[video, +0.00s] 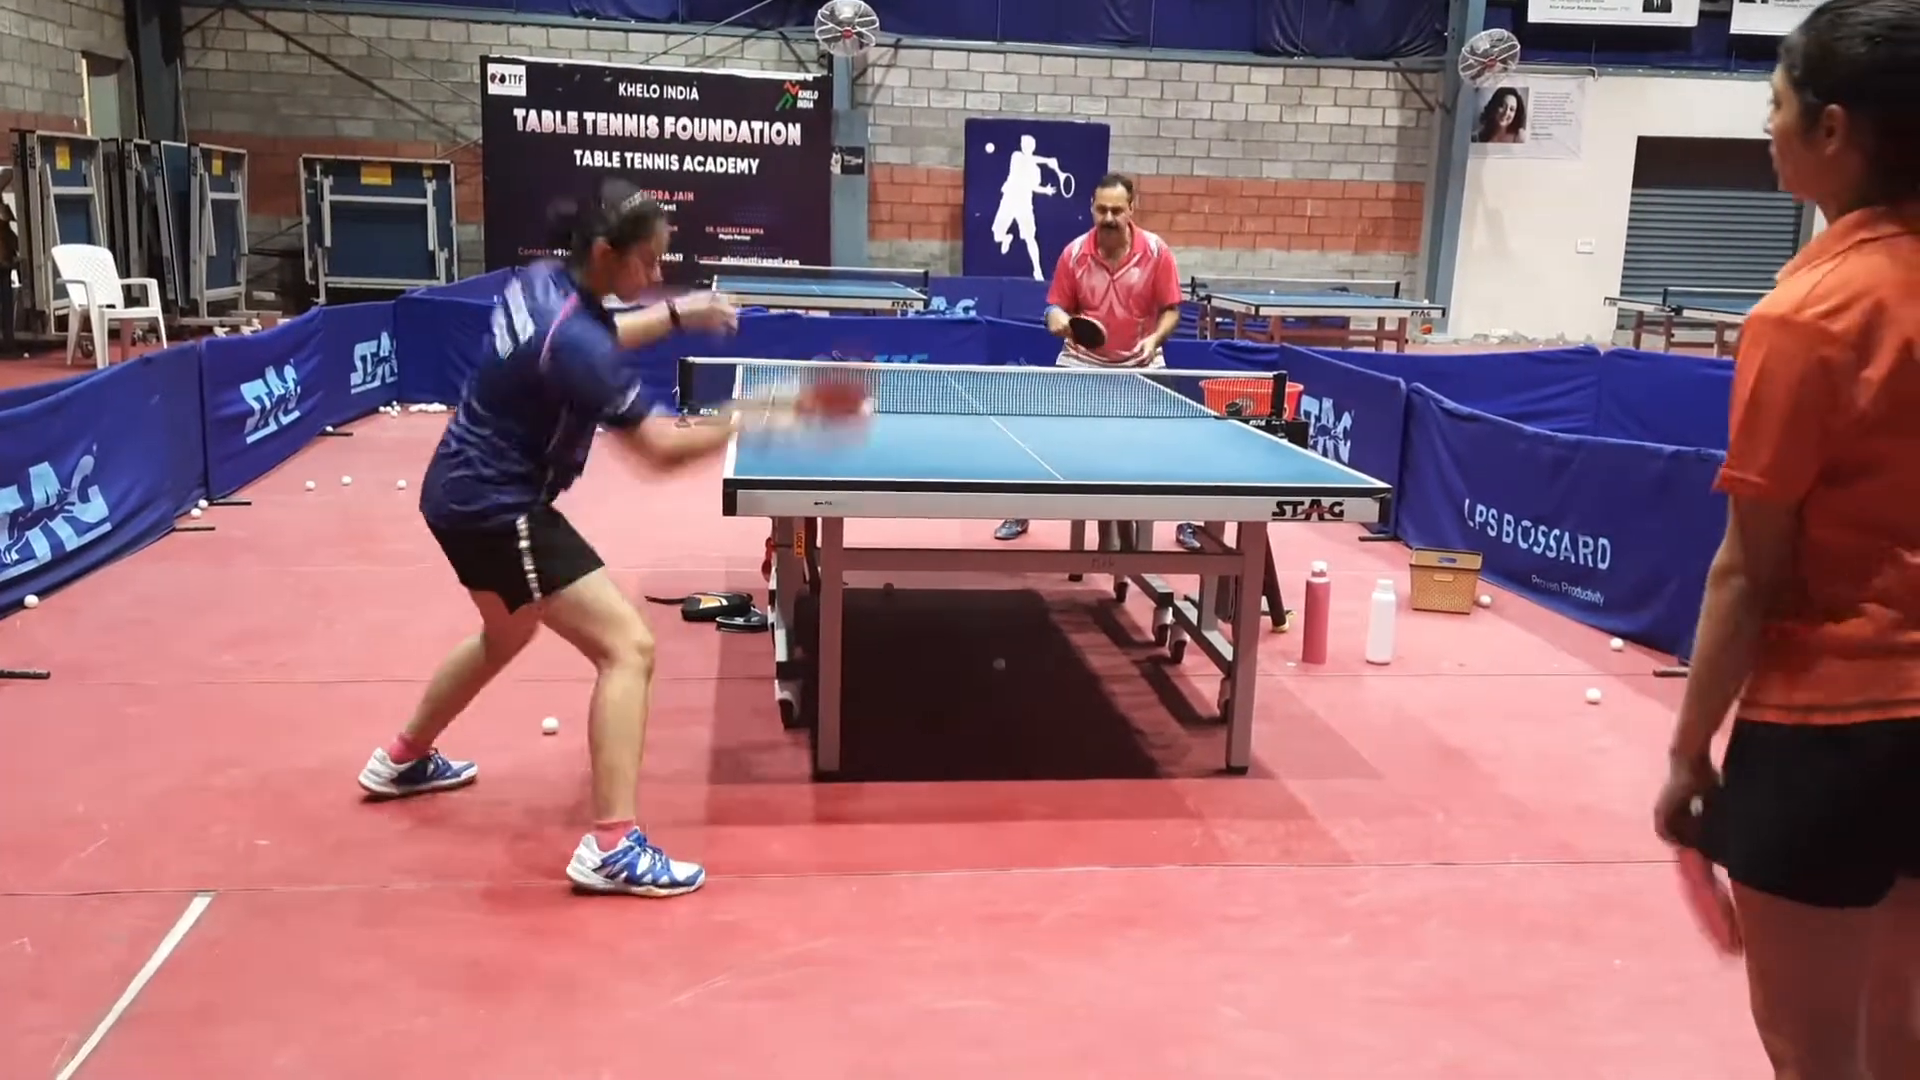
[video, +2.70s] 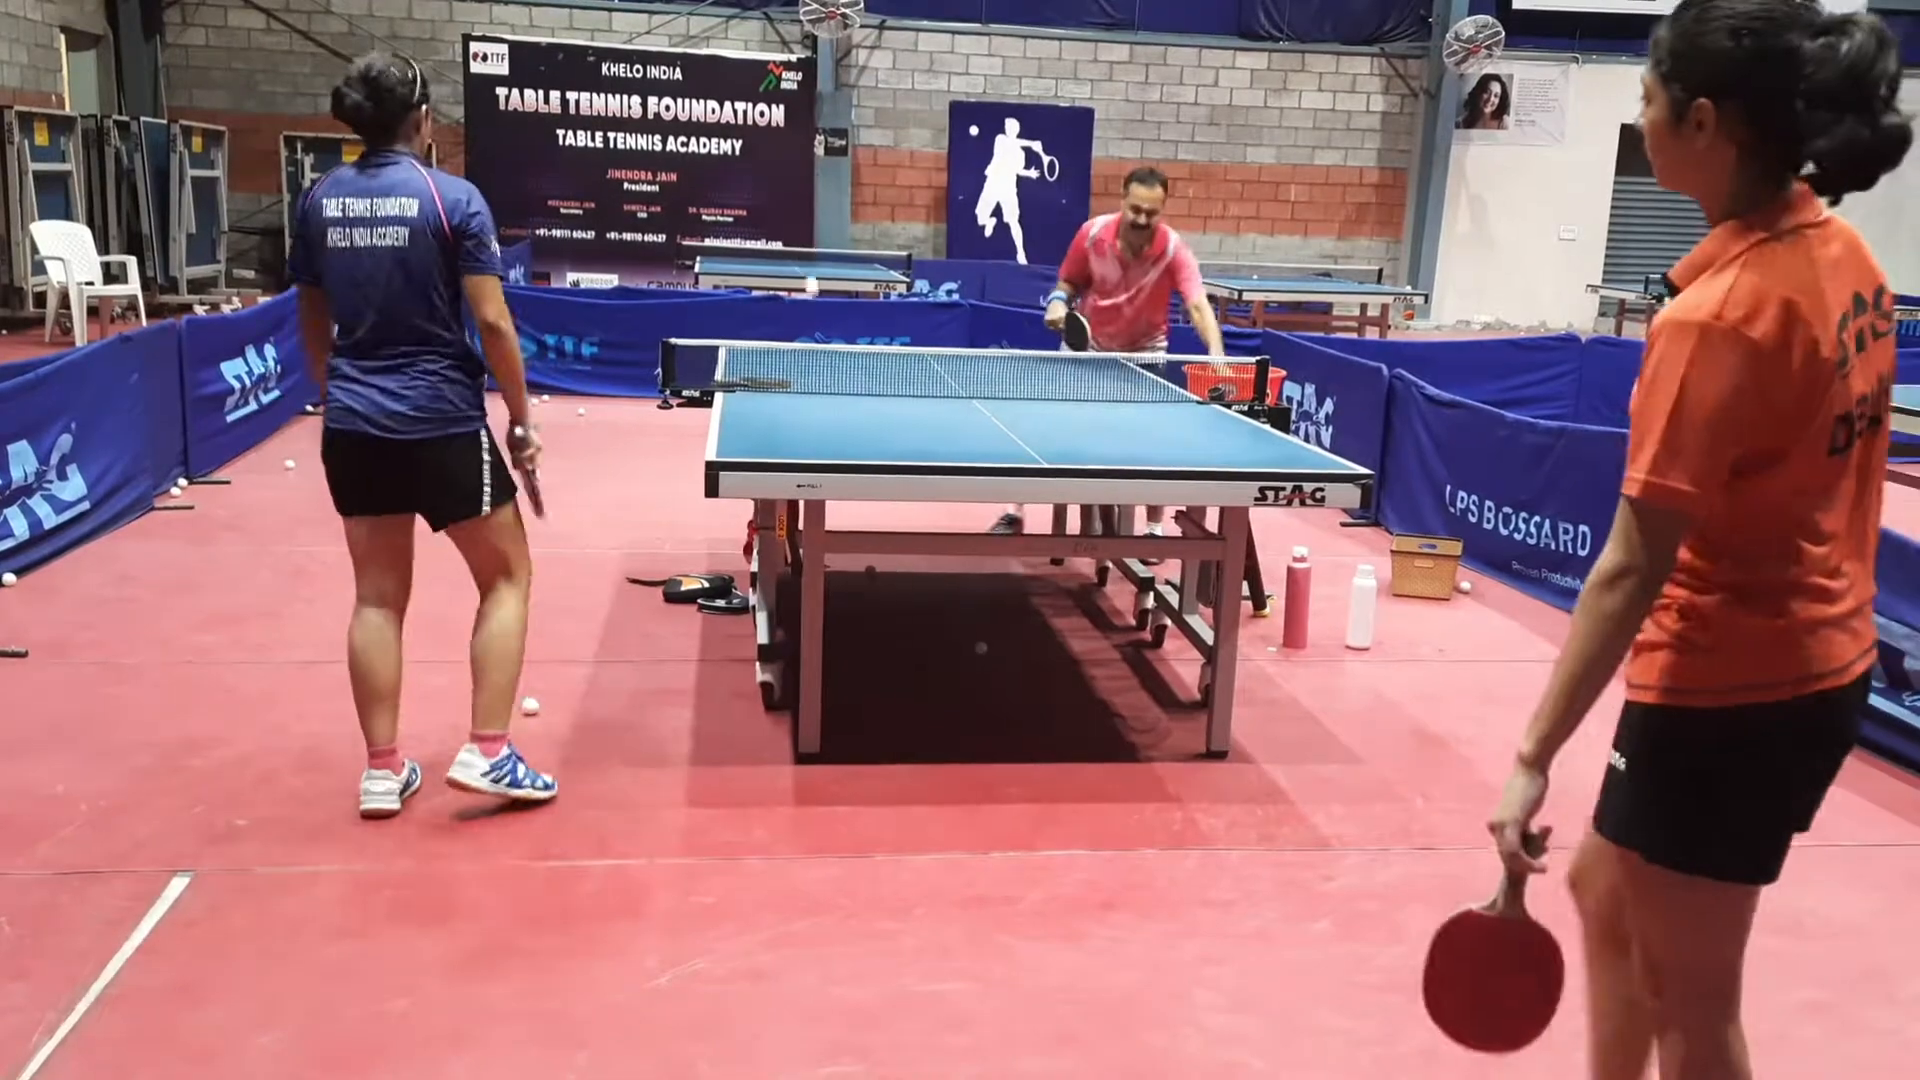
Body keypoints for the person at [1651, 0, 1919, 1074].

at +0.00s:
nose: (1772, 140)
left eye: (1780, 118)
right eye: (1775, 117)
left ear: (1836, 131)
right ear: (1876, 129)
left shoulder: (1811, 314)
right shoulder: (1903, 269)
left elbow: (1752, 570)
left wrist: (1687, 753)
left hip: (1826, 740)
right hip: (1911, 725)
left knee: (1814, 1051)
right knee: (1898, 1038)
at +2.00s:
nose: (1829, 108)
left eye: (1848, 89)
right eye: (1840, 86)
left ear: (1900, 114)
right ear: (1906, 115)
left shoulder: (1861, 270)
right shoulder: (1899, 256)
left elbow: (1795, 509)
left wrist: (1726, 681)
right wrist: (1735, 677)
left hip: (1838, 673)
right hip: (1908, 676)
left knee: (1752, 995)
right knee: (1895, 981)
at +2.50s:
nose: (1681, 110)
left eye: (1694, 91)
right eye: (1689, 88)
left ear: (1744, 116)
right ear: (1801, 122)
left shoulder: (1728, 301)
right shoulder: (1879, 249)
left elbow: (1657, 553)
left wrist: (1575, 742)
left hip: (1743, 692)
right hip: (1863, 672)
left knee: (1692, 1002)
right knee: (1734, 914)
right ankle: (1769, 1078)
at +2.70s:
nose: (1640, 136)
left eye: (1650, 113)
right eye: (1644, 113)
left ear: (1706, 124)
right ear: (1748, 123)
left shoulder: (1716, 317)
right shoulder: (1842, 252)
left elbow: (1630, 567)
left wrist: (1532, 754)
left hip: (1724, 696)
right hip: (1811, 669)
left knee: (1694, 1009)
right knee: (1600, 891)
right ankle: (1617, 1079)